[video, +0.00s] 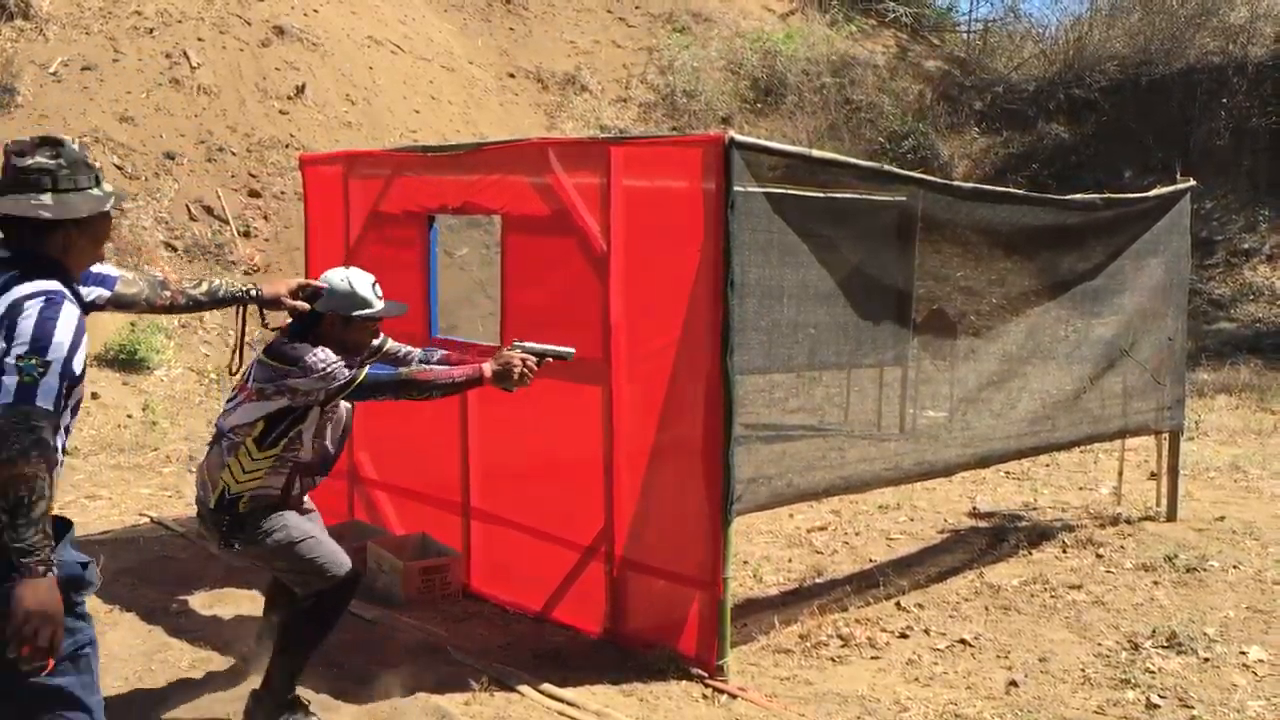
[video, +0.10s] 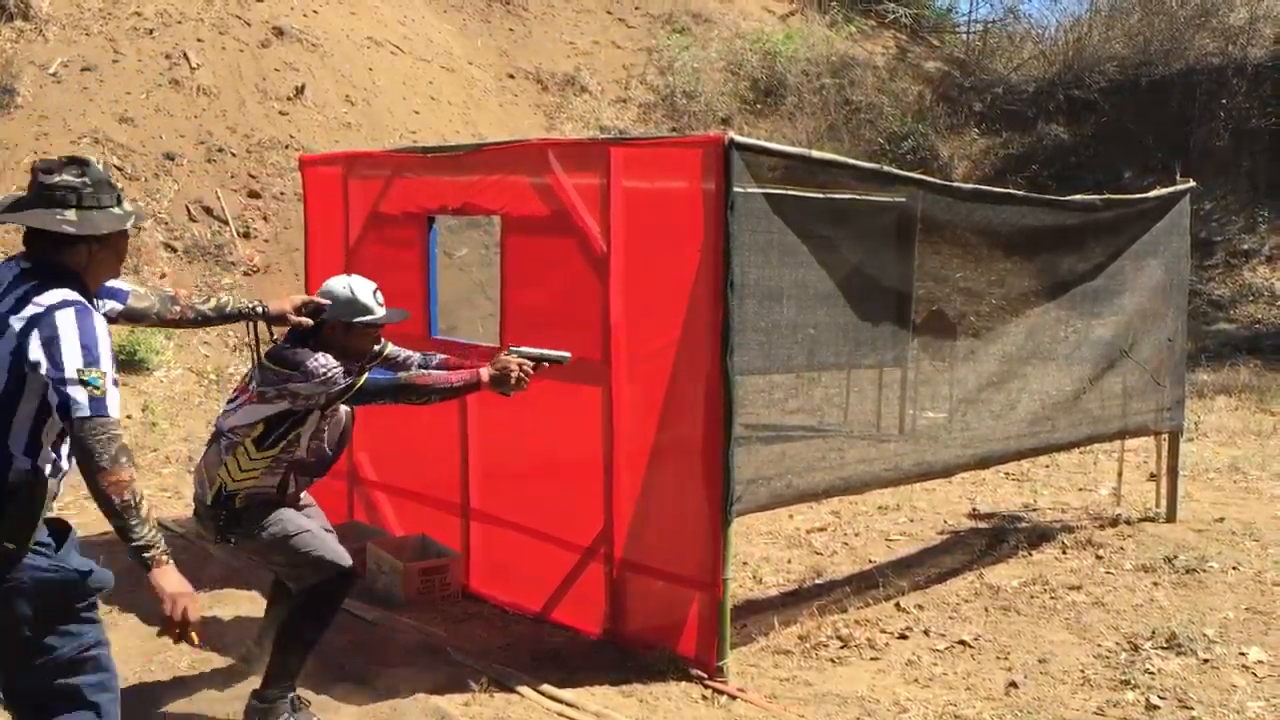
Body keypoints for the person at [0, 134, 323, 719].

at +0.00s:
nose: (109, 227)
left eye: (106, 215)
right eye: (102, 216)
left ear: (32, 227)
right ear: (66, 231)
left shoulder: (29, 276)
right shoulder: (47, 308)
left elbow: (155, 293)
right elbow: (25, 443)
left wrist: (256, 293)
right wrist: (30, 567)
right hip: (20, 545)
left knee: (70, 577)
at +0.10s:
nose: (127, 249)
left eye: (125, 236)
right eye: (121, 237)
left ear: (48, 240)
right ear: (85, 247)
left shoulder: (20, 276)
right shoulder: (70, 318)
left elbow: (156, 307)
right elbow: (102, 458)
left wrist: (262, 310)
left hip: (17, 532)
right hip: (19, 549)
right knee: (82, 698)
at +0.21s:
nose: (130, 255)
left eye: (128, 243)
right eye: (125, 244)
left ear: (64, 250)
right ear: (90, 255)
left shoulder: (34, 287)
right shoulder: (73, 316)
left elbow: (165, 314)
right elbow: (138, 443)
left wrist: (272, 317)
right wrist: (226, 521)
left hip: (15, 523)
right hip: (16, 533)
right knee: (83, 691)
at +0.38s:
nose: (120, 250)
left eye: (117, 239)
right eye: (111, 240)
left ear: (70, 250)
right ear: (75, 251)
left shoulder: (68, 296)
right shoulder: (42, 313)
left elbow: (173, 317)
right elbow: (64, 429)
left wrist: (272, 325)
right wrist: (153, 471)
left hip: (16, 500)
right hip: (11, 508)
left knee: (72, 571)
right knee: (67, 637)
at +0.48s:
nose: (112, 241)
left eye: (109, 230)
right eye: (101, 232)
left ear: (65, 244)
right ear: (62, 246)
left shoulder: (73, 288)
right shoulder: (22, 304)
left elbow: (174, 311)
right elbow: (14, 422)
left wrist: (271, 321)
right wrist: (93, 483)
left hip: (12, 485)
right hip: (5, 489)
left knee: (22, 611)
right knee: (71, 600)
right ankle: (48, 710)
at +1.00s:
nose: (106, 228)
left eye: (104, 217)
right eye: (94, 219)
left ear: (69, 225)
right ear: (53, 227)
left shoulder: (86, 268)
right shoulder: (7, 292)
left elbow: (180, 295)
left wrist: (273, 313)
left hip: (12, 450)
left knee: (13, 593)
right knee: (14, 593)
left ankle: (11, 706)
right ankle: (10, 709)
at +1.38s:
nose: (62, 230)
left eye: (61, 219)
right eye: (49, 221)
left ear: (38, 226)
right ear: (10, 229)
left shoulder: (52, 274)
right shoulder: (3, 293)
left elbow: (126, 293)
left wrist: (195, 297)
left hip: (25, 452)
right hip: (2, 459)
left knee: (18, 588)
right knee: (17, 590)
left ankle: (11, 702)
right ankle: (10, 704)